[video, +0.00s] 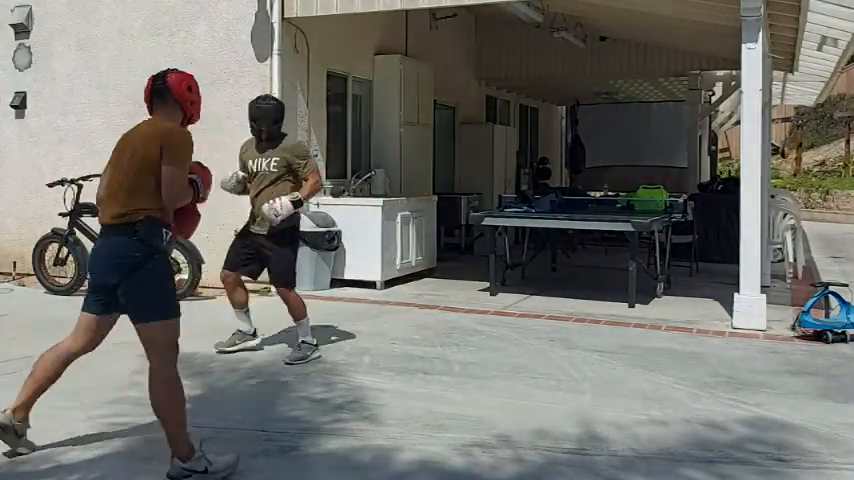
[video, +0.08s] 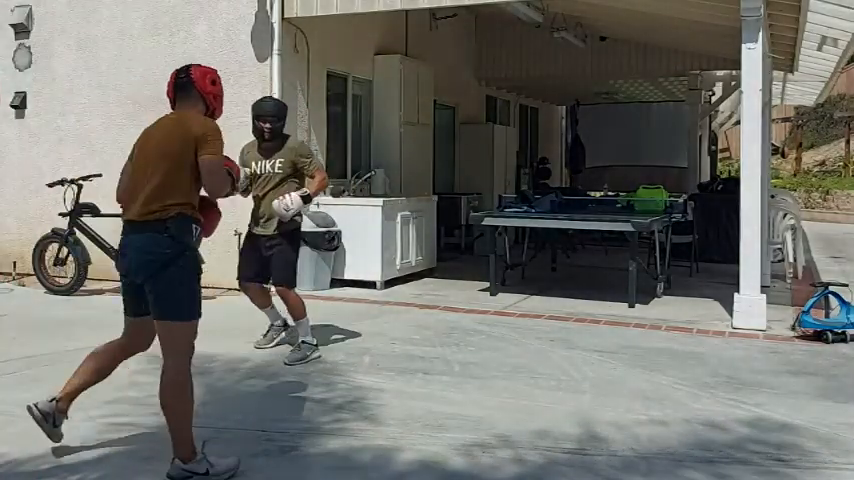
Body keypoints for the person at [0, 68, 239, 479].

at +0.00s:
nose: (195, 110)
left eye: (194, 102)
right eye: (193, 101)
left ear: (153, 101)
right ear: (185, 99)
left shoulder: (129, 137)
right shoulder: (176, 135)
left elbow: (103, 202)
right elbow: (174, 196)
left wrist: (160, 207)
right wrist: (196, 184)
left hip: (106, 249)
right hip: (143, 251)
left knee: (78, 341)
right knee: (164, 358)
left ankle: (16, 414)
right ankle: (185, 456)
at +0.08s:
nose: (218, 103)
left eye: (217, 96)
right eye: (217, 95)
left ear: (175, 94)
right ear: (209, 91)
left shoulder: (149, 133)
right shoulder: (205, 127)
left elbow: (124, 197)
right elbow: (215, 186)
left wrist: (184, 195)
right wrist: (232, 175)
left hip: (133, 245)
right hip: (172, 246)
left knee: (135, 339)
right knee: (177, 357)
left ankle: (57, 405)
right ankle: (186, 458)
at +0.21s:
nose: (238, 100)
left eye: (237, 93)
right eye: (237, 92)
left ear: (194, 90)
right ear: (231, 88)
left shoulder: (169, 128)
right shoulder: (227, 125)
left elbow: (141, 188)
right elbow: (251, 187)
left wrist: (202, 200)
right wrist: (254, 166)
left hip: (157, 245)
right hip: (193, 246)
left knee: (182, 340)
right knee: (190, 356)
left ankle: (116, 407)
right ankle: (187, 458)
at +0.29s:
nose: (260, 98)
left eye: (256, 92)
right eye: (258, 91)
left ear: (216, 90)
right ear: (251, 88)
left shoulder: (191, 126)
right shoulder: (256, 127)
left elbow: (156, 180)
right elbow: (272, 193)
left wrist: (195, 197)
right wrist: (270, 179)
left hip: (184, 238)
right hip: (217, 241)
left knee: (229, 328)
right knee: (204, 355)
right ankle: (187, 456)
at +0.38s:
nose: (274, 98)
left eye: (271, 92)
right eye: (272, 91)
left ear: (232, 90)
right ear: (264, 89)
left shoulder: (204, 128)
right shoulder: (273, 130)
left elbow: (169, 178)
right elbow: (283, 196)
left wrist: (202, 202)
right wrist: (279, 177)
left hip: (202, 240)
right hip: (235, 243)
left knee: (244, 332)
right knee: (215, 354)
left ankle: (245, 432)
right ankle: (189, 456)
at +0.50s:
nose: (301, 103)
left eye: (297, 97)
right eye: (299, 97)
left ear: (259, 96)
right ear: (294, 96)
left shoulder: (233, 134)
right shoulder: (304, 136)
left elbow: (201, 186)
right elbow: (305, 205)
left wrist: (234, 203)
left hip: (237, 248)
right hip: (272, 249)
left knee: (285, 337)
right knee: (259, 349)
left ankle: (302, 430)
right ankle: (201, 443)